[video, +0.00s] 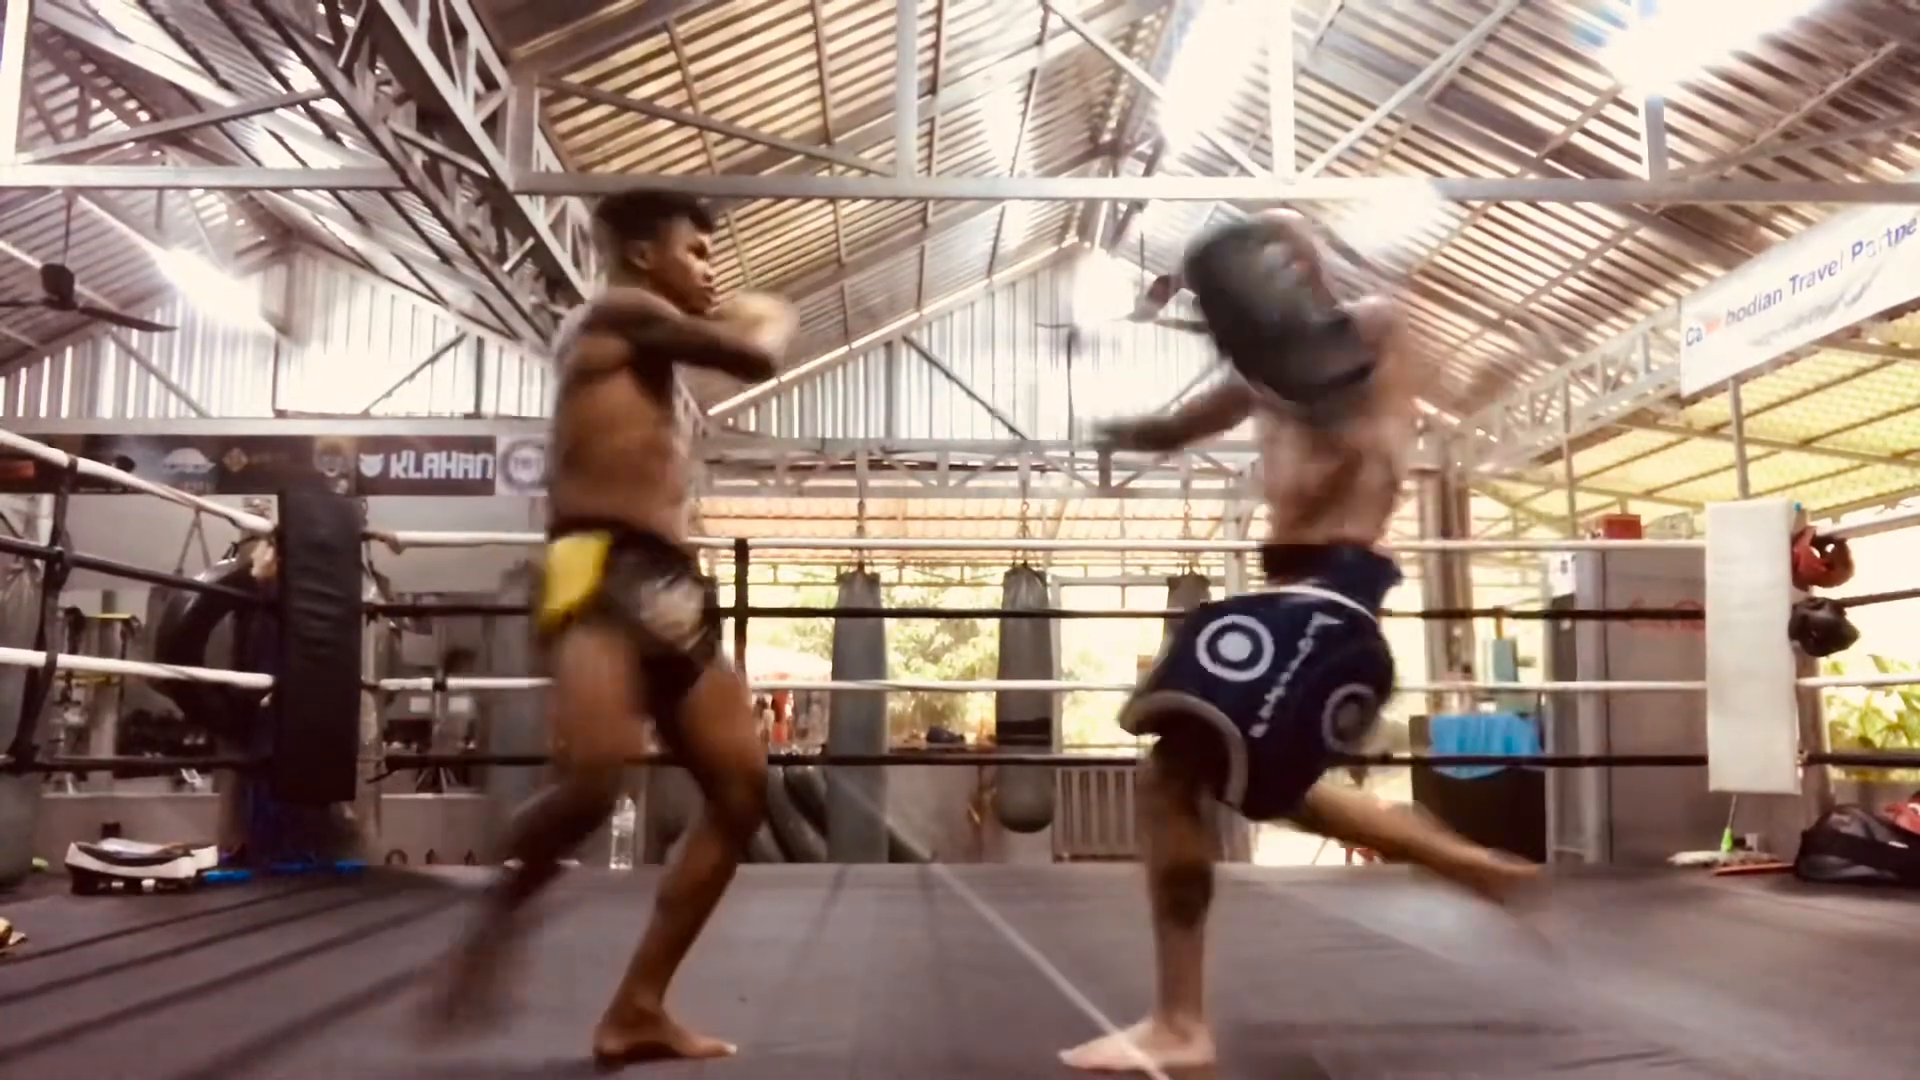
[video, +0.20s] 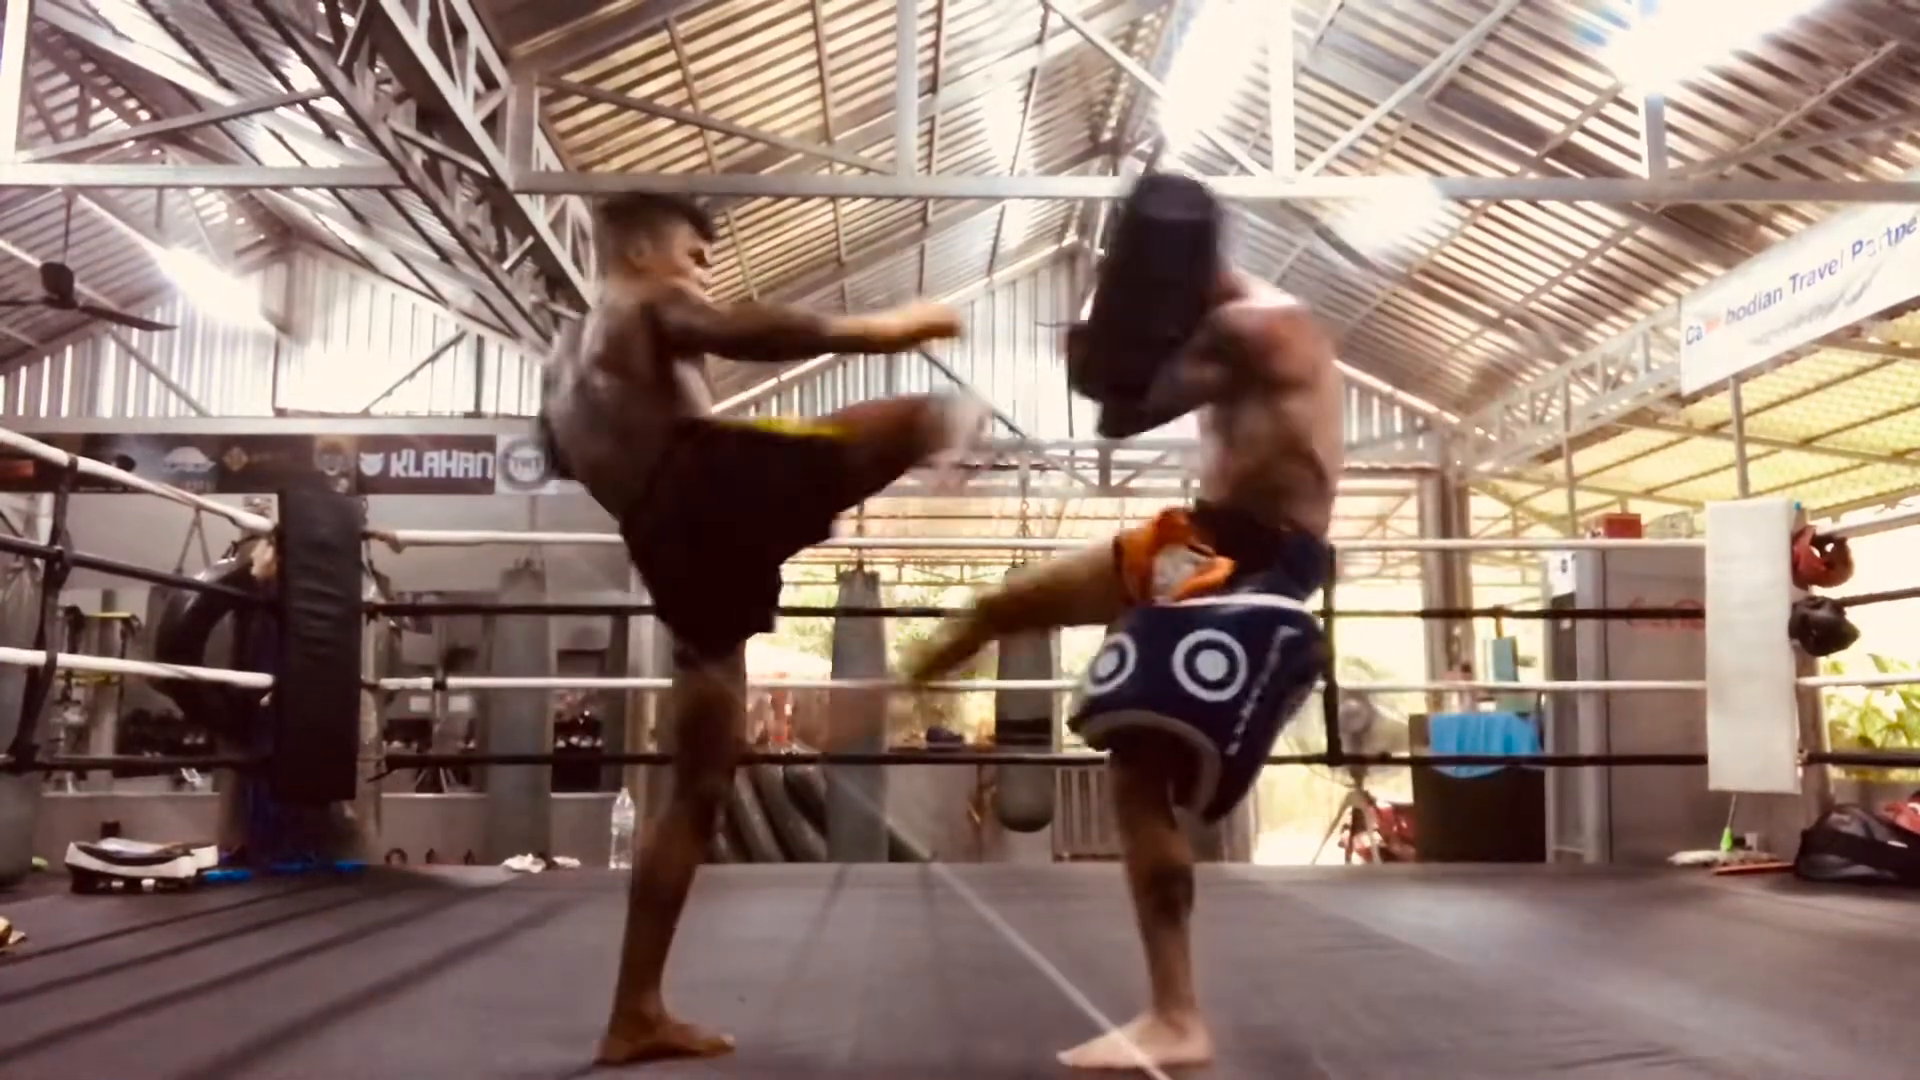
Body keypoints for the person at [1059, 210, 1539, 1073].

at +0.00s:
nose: (1281, 270)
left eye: (1291, 250)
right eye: (1263, 262)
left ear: (1320, 254)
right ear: (1248, 288)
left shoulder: (1379, 327)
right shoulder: (1267, 362)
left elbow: (1464, 398)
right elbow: (1177, 429)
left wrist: (1525, 353)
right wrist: (1113, 434)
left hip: (1338, 582)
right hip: (1287, 585)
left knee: (1169, 772)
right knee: (1277, 784)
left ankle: (1179, 1023)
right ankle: (1495, 873)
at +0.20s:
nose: (1163, 292)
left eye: (1164, 276)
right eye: (1154, 276)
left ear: (1194, 266)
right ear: (1201, 264)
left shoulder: (1272, 328)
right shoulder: (1230, 337)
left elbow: (1144, 396)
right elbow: (1133, 402)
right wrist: (1094, 351)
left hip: (1259, 568)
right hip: (1197, 540)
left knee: (1142, 777)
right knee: (1005, 607)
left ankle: (1176, 1020)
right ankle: (903, 687)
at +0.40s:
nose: (1135, 263)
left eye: (1133, 244)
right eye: (1142, 242)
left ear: (1153, 234)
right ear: (1172, 232)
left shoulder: (1217, 284)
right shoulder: (1198, 306)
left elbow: (1130, 371)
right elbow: (1178, 469)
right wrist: (1079, 462)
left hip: (1224, 543)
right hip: (1161, 525)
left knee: (1150, 771)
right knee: (963, 558)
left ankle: (1175, 1018)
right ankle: (921, 736)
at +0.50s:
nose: (1101, 245)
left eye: (1113, 224)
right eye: (1094, 232)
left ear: (1158, 209)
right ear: (1099, 232)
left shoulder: (1232, 280)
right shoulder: (1167, 308)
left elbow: (1203, 350)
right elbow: (1166, 426)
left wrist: (1122, 254)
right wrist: (1075, 430)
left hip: (1219, 519)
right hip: (1162, 515)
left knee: (1169, 767)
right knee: (1018, 656)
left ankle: (1178, 1017)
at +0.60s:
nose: (1109, 268)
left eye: (1122, 245)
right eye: (1101, 254)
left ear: (1164, 235)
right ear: (1111, 264)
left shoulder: (1232, 306)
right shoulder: (1148, 351)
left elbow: (1229, 365)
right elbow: (1094, 429)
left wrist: (1149, 271)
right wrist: (999, 389)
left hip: (1211, 544)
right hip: (1158, 544)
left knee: (1169, 768)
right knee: (1141, 748)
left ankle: (1177, 1016)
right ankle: (1237, 928)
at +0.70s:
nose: (1086, 282)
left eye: (1097, 263)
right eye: (1082, 267)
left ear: (1147, 253)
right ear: (1127, 256)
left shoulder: (1219, 327)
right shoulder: (1135, 346)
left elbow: (1203, 426)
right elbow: (1061, 440)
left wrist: (1103, 333)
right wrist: (988, 379)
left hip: (1222, 551)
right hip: (1186, 551)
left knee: (1141, 768)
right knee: (1229, 777)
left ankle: (1174, 1014)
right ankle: (1290, 965)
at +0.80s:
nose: (1070, 321)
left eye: (1079, 299)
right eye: (1063, 306)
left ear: (1131, 280)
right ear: (1104, 299)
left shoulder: (1206, 347)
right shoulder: (1137, 383)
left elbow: (1225, 482)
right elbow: (1147, 487)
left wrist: (1105, 442)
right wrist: (1050, 439)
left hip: (1233, 566)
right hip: (1204, 567)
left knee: (1146, 776)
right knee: (1235, 786)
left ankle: (1175, 1014)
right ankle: (1291, 969)